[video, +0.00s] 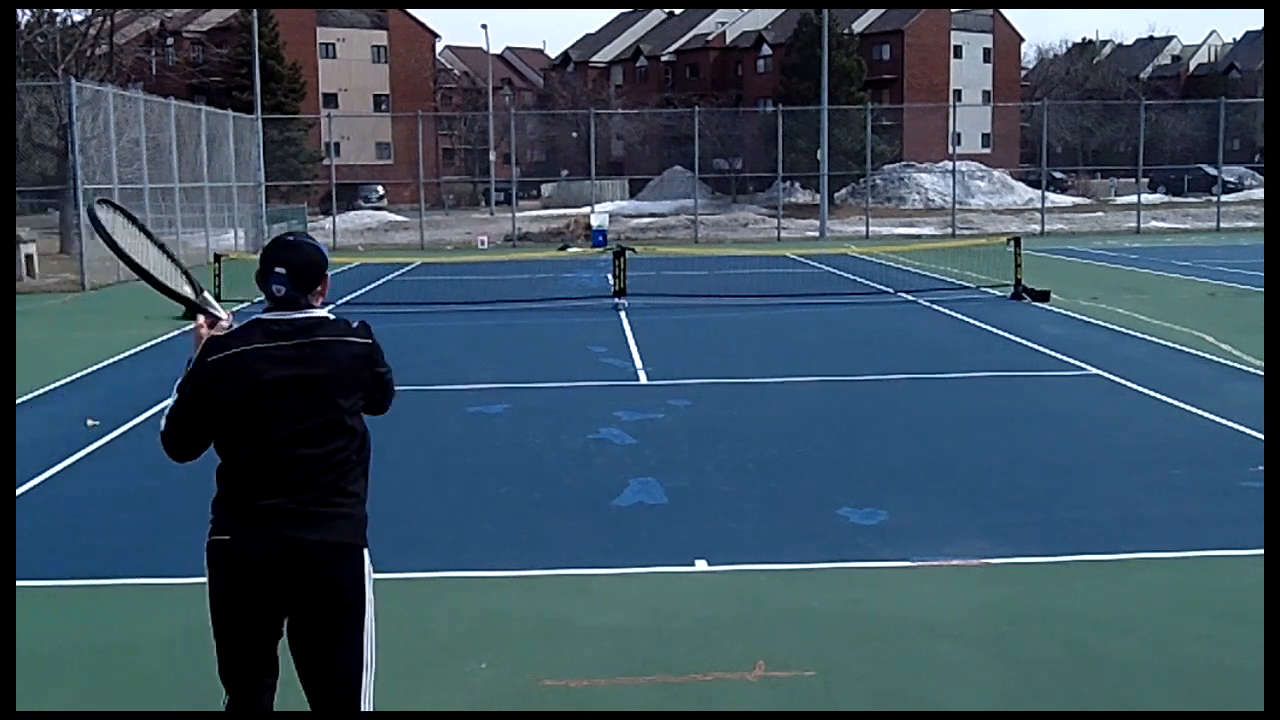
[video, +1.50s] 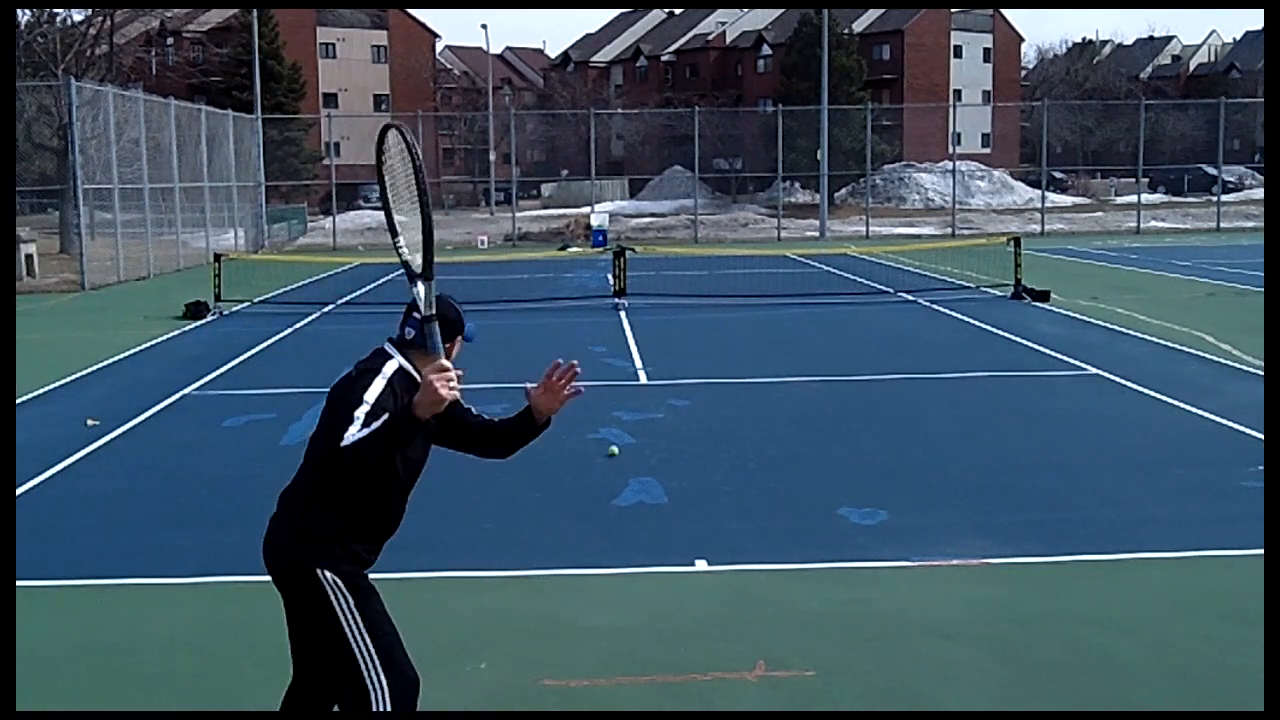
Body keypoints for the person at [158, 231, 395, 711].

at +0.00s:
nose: (329, 287)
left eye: (323, 278)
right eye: (327, 280)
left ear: (263, 288)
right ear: (322, 287)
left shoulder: (224, 351)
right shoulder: (351, 339)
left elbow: (180, 444)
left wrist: (203, 355)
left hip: (242, 551)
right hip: (332, 550)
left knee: (246, 694)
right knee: (340, 696)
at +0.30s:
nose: (405, 292)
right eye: (405, 285)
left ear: (340, 292)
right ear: (399, 292)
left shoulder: (299, 362)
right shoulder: (431, 357)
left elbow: (260, 463)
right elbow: (472, 463)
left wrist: (320, 432)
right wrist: (409, 452)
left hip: (331, 559)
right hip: (419, 554)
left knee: (333, 699)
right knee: (485, 684)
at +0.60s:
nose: (493, 316)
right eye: (494, 311)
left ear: (429, 317)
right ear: (491, 317)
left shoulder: (397, 390)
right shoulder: (525, 383)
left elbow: (365, 499)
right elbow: (573, 483)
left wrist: (421, 485)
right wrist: (515, 510)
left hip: (428, 582)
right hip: (519, 579)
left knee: (386, 703)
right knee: (566, 702)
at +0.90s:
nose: (492, 324)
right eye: (492, 320)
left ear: (432, 323)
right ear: (489, 326)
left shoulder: (391, 390)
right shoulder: (510, 393)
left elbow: (372, 494)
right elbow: (546, 500)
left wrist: (428, 485)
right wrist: (490, 501)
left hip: (403, 575)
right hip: (487, 578)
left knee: (385, 693)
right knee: (550, 697)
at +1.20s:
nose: (470, 322)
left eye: (466, 314)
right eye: (469, 315)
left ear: (412, 313)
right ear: (463, 321)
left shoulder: (385, 362)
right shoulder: (430, 378)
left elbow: (443, 451)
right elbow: (459, 493)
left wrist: (515, 413)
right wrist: (527, 460)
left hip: (322, 545)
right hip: (376, 555)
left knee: (348, 688)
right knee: (441, 687)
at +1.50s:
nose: (457, 355)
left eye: (458, 345)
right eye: (457, 344)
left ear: (412, 335)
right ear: (447, 344)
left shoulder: (419, 390)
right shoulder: (378, 379)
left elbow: (492, 441)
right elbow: (342, 454)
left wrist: (536, 414)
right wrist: (413, 413)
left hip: (334, 553)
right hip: (313, 553)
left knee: (316, 687)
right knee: (391, 686)